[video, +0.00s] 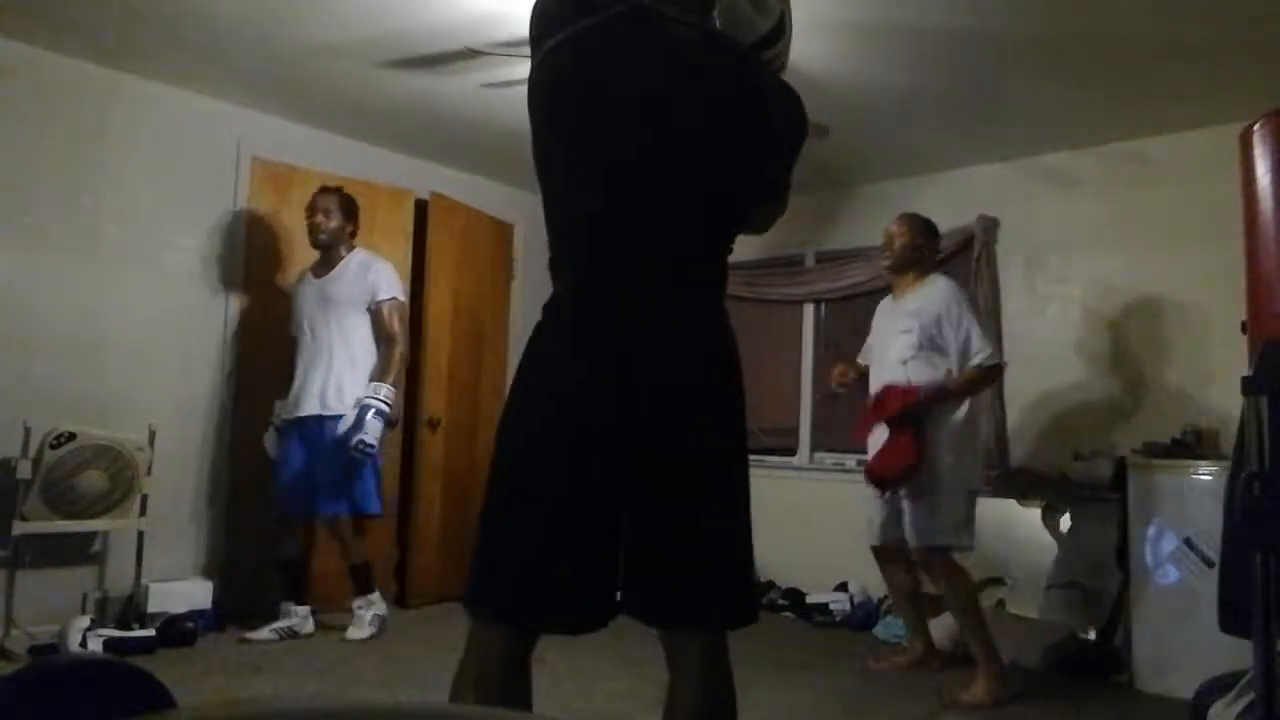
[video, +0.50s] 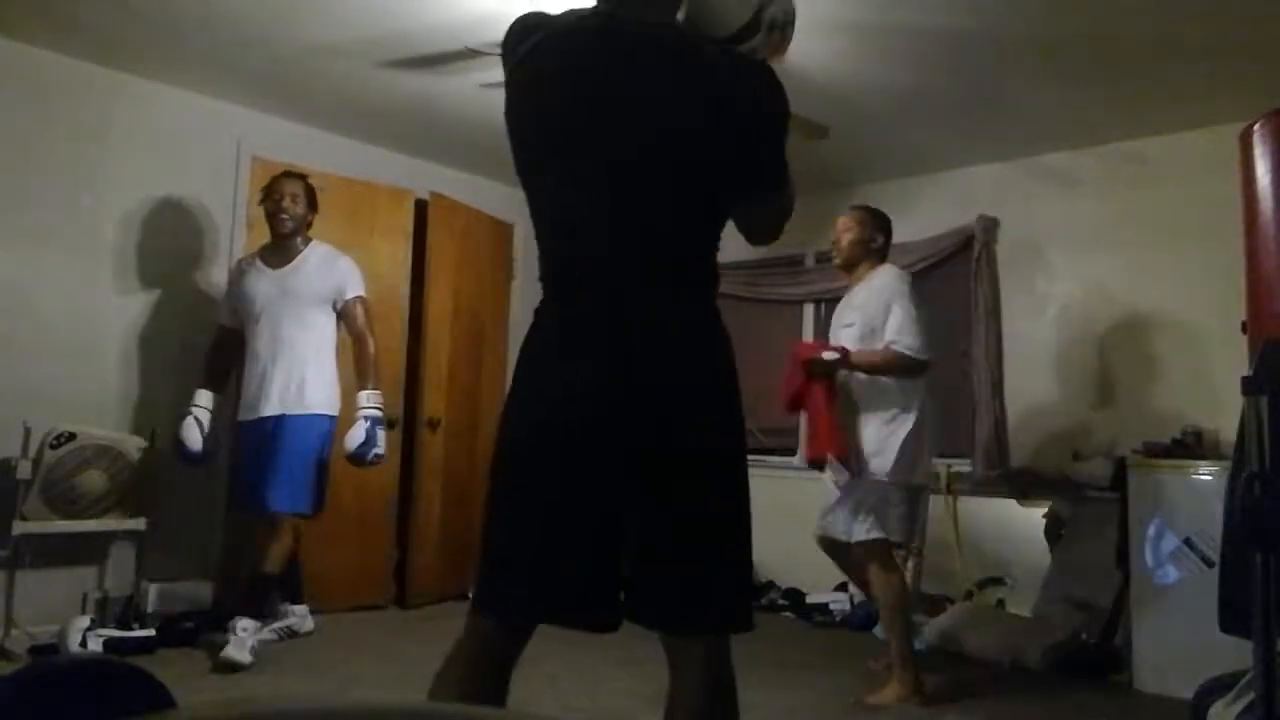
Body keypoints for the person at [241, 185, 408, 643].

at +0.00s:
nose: (316, 221)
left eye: (327, 214)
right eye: (311, 214)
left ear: (348, 223)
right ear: (306, 223)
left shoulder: (374, 272)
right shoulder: (303, 284)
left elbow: (395, 344)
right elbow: (301, 358)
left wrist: (375, 407)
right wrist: (280, 417)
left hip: (347, 414)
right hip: (300, 415)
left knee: (340, 514)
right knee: (294, 514)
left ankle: (368, 604)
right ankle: (295, 610)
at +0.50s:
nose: (283, 206)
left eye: (294, 200)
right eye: (276, 199)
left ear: (310, 212)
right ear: (264, 209)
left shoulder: (336, 268)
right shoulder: (245, 271)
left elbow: (364, 338)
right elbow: (226, 344)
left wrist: (370, 409)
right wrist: (201, 403)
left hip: (306, 407)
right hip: (253, 407)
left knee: (280, 513)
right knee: (268, 512)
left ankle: (247, 625)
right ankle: (292, 607)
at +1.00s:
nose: (264, 184)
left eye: (275, 179)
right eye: (256, 176)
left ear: (292, 193)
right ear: (240, 185)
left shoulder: (312, 251)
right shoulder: (213, 249)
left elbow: (332, 330)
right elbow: (195, 328)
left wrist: (316, 399)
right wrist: (170, 395)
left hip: (278, 408)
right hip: (212, 405)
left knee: (265, 522)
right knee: (200, 510)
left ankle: (242, 628)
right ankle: (209, 612)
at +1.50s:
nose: (225, 164)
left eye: (237, 157)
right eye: (215, 155)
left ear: (254, 172)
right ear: (198, 166)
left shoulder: (282, 238)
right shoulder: (170, 236)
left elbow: (311, 321)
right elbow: (142, 324)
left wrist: (322, 402)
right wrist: (117, 404)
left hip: (245, 401)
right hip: (173, 402)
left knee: (226, 518)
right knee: (177, 525)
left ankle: (229, 615)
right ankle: (181, 642)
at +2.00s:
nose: (255, 147)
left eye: (265, 143)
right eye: (243, 134)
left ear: (270, 158)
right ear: (207, 141)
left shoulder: (283, 230)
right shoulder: (155, 209)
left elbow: (295, 321)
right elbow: (118, 301)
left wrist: (301, 404)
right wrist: (105, 383)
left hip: (247, 403)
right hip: (171, 400)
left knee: (225, 541)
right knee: (175, 536)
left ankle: (200, 674)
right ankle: (186, 645)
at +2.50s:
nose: (253, 121)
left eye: (264, 113)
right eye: (240, 108)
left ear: (274, 130)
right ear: (205, 115)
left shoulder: (293, 207)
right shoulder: (156, 194)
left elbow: (318, 301)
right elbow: (120, 291)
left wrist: (327, 396)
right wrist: (78, 387)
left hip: (243, 407)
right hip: (155, 401)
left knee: (226, 547)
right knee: (129, 531)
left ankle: (197, 678)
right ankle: (137, 666)